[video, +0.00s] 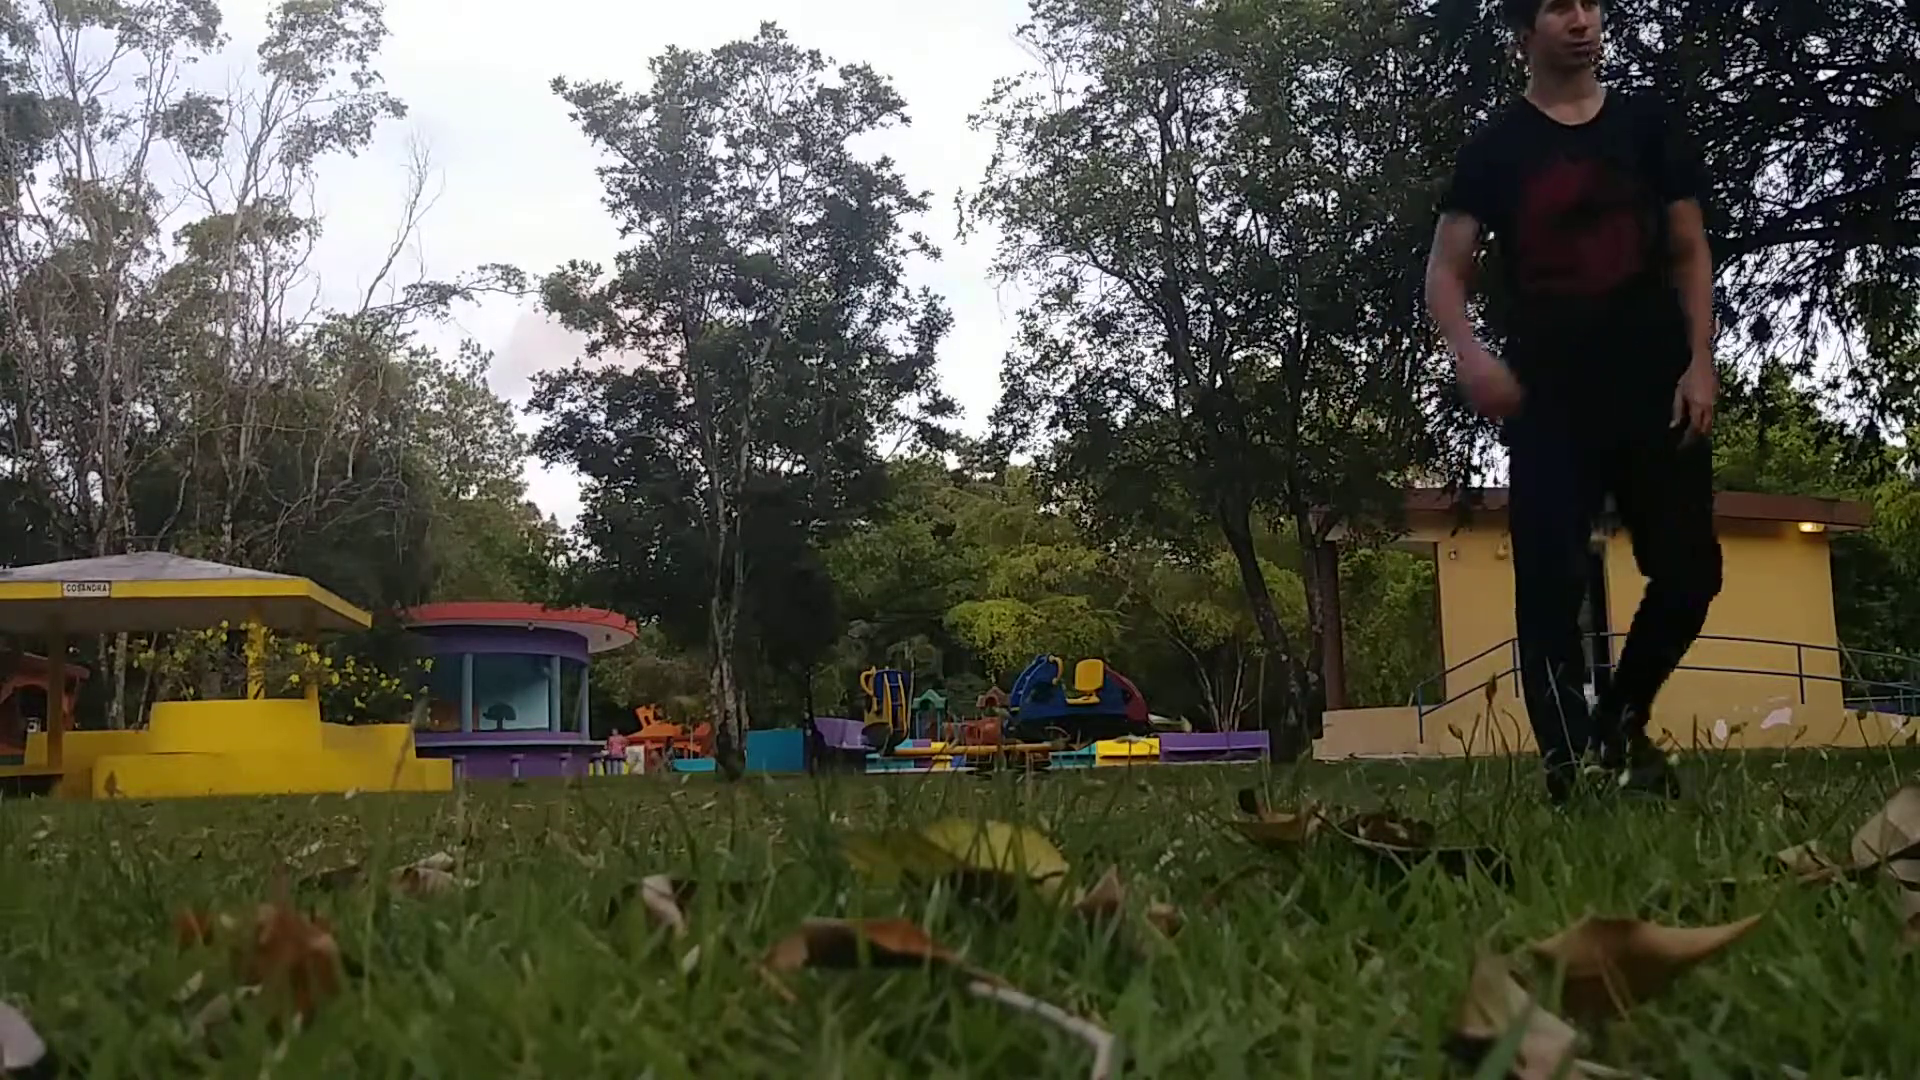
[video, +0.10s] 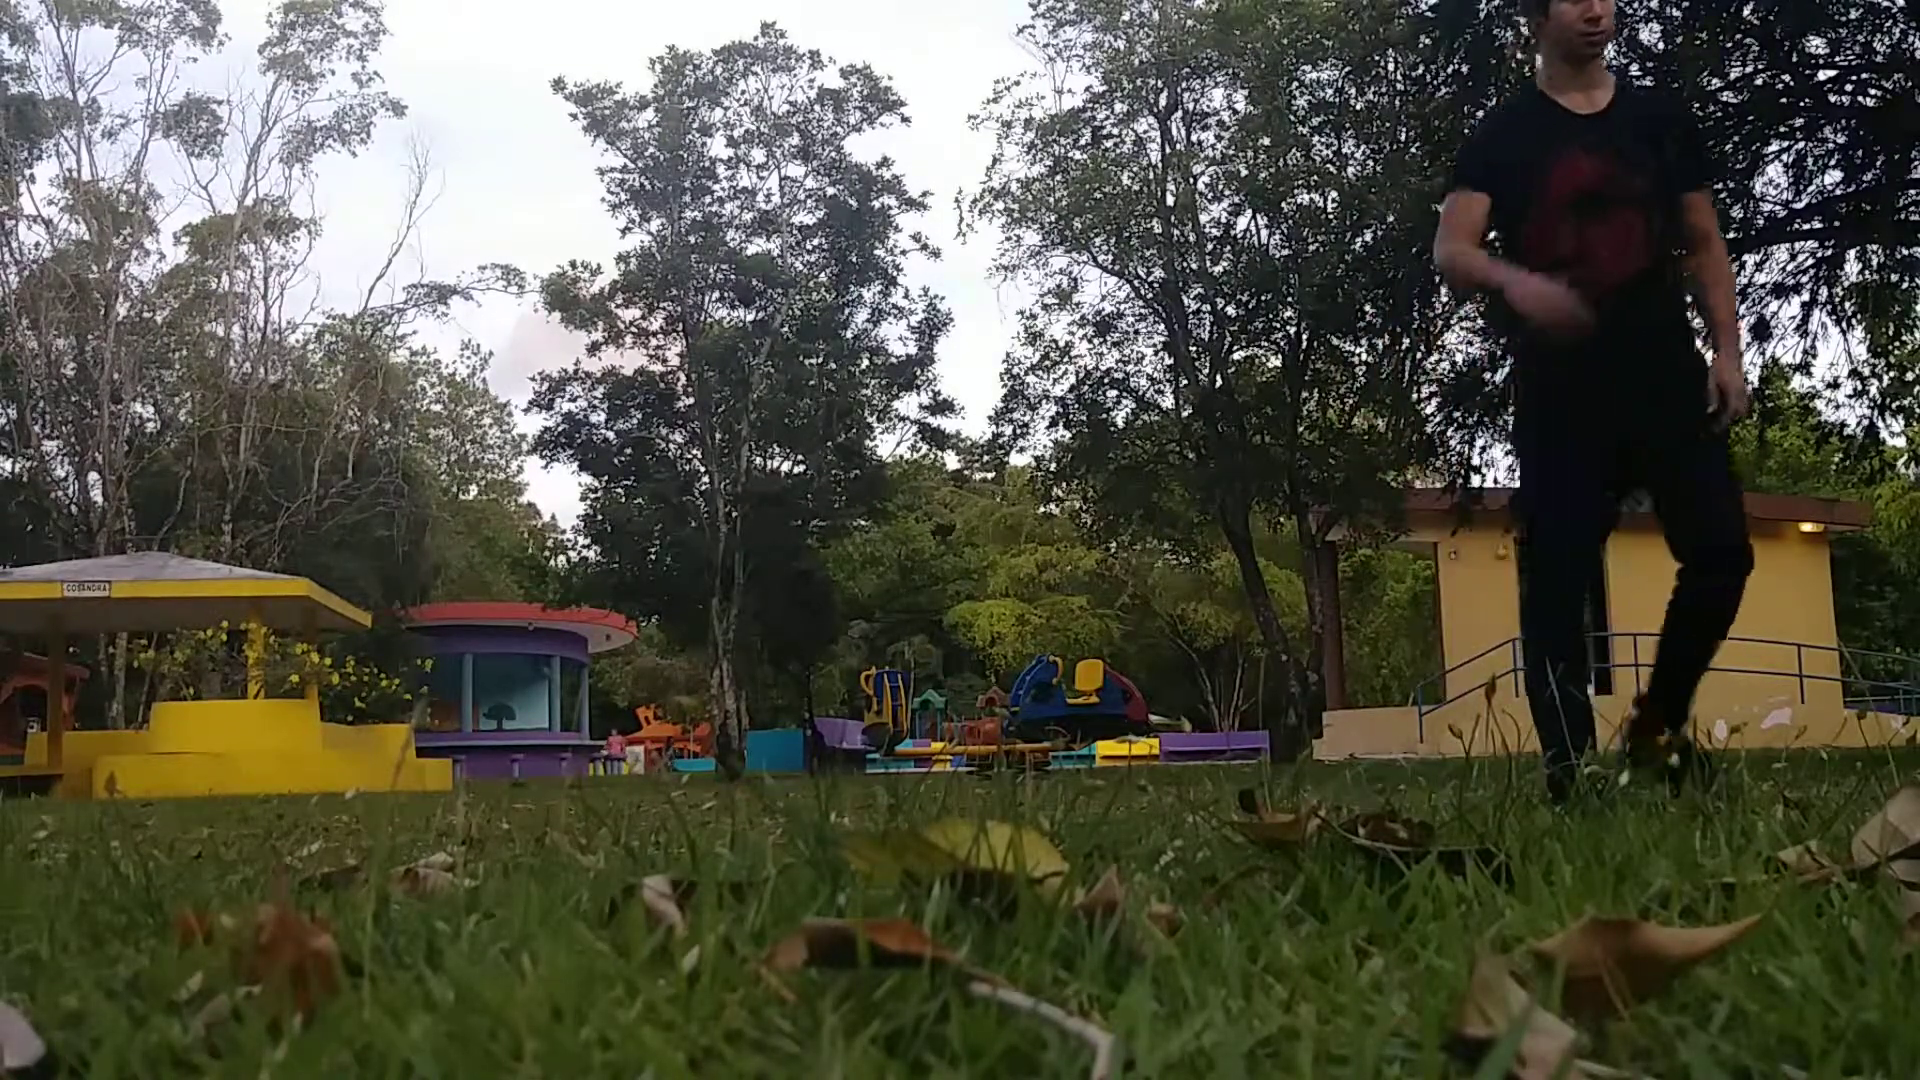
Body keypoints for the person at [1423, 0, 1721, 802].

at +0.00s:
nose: (1580, 22)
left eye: (1589, 8)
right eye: (1559, 10)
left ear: (1602, 21)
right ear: (1525, 31)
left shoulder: (1650, 125)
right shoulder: (1497, 142)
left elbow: (1690, 250)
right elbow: (1445, 270)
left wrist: (1701, 358)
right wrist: (1470, 356)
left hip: (1652, 388)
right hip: (1548, 395)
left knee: (1690, 575)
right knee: (1548, 585)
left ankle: (1621, 724)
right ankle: (1568, 766)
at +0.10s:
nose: (1594, 13)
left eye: (1604, 0)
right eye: (1575, 0)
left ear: (1617, 14)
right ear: (1538, 16)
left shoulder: (1662, 117)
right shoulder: (1503, 129)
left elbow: (1705, 245)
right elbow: (1452, 250)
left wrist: (1729, 352)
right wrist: (1513, 279)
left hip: (1662, 373)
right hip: (1558, 383)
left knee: (1721, 555)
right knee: (1557, 573)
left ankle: (1656, 729)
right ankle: (1568, 767)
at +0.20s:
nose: (1619, 3)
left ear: (1636, 8)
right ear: (1555, 9)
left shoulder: (1679, 113)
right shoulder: (1522, 114)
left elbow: (1720, 238)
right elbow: (1486, 230)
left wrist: (1756, 337)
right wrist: (1567, 235)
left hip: (1676, 363)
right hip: (1572, 373)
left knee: (1759, 537)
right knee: (1566, 571)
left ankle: (1728, 742)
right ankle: (1568, 765)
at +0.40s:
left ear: (1702, 4)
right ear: (1623, 2)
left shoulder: (1743, 107)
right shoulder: (1589, 97)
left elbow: (1764, 244)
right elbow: (1586, 227)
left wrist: (1805, 333)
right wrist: (1667, 241)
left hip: (1743, 364)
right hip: (1634, 369)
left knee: (1817, 546)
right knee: (1610, 570)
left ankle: (1846, 753)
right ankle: (1577, 767)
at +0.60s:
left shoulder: (1827, 73)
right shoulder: (1649, 68)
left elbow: (1854, 212)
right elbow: (1606, 217)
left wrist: (1898, 289)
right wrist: (1690, 260)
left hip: (1815, 331)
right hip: (1702, 341)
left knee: (1861, 543)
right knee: (1728, 540)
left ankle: (1856, 766)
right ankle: (1640, 734)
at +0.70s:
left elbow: (1906, 191)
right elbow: (1603, 197)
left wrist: (1900, 209)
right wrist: (1647, 200)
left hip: (1842, 319)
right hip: (1723, 328)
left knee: (1871, 534)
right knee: (1765, 499)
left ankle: (1857, 757)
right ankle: (1719, 737)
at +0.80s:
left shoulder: (1872, 27)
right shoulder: (1686, 41)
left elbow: (1907, 147)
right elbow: (1616, 199)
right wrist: (1629, 128)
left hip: (1864, 313)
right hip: (1746, 328)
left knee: (1902, 524)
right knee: (1779, 529)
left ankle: (1874, 744)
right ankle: (1795, 755)